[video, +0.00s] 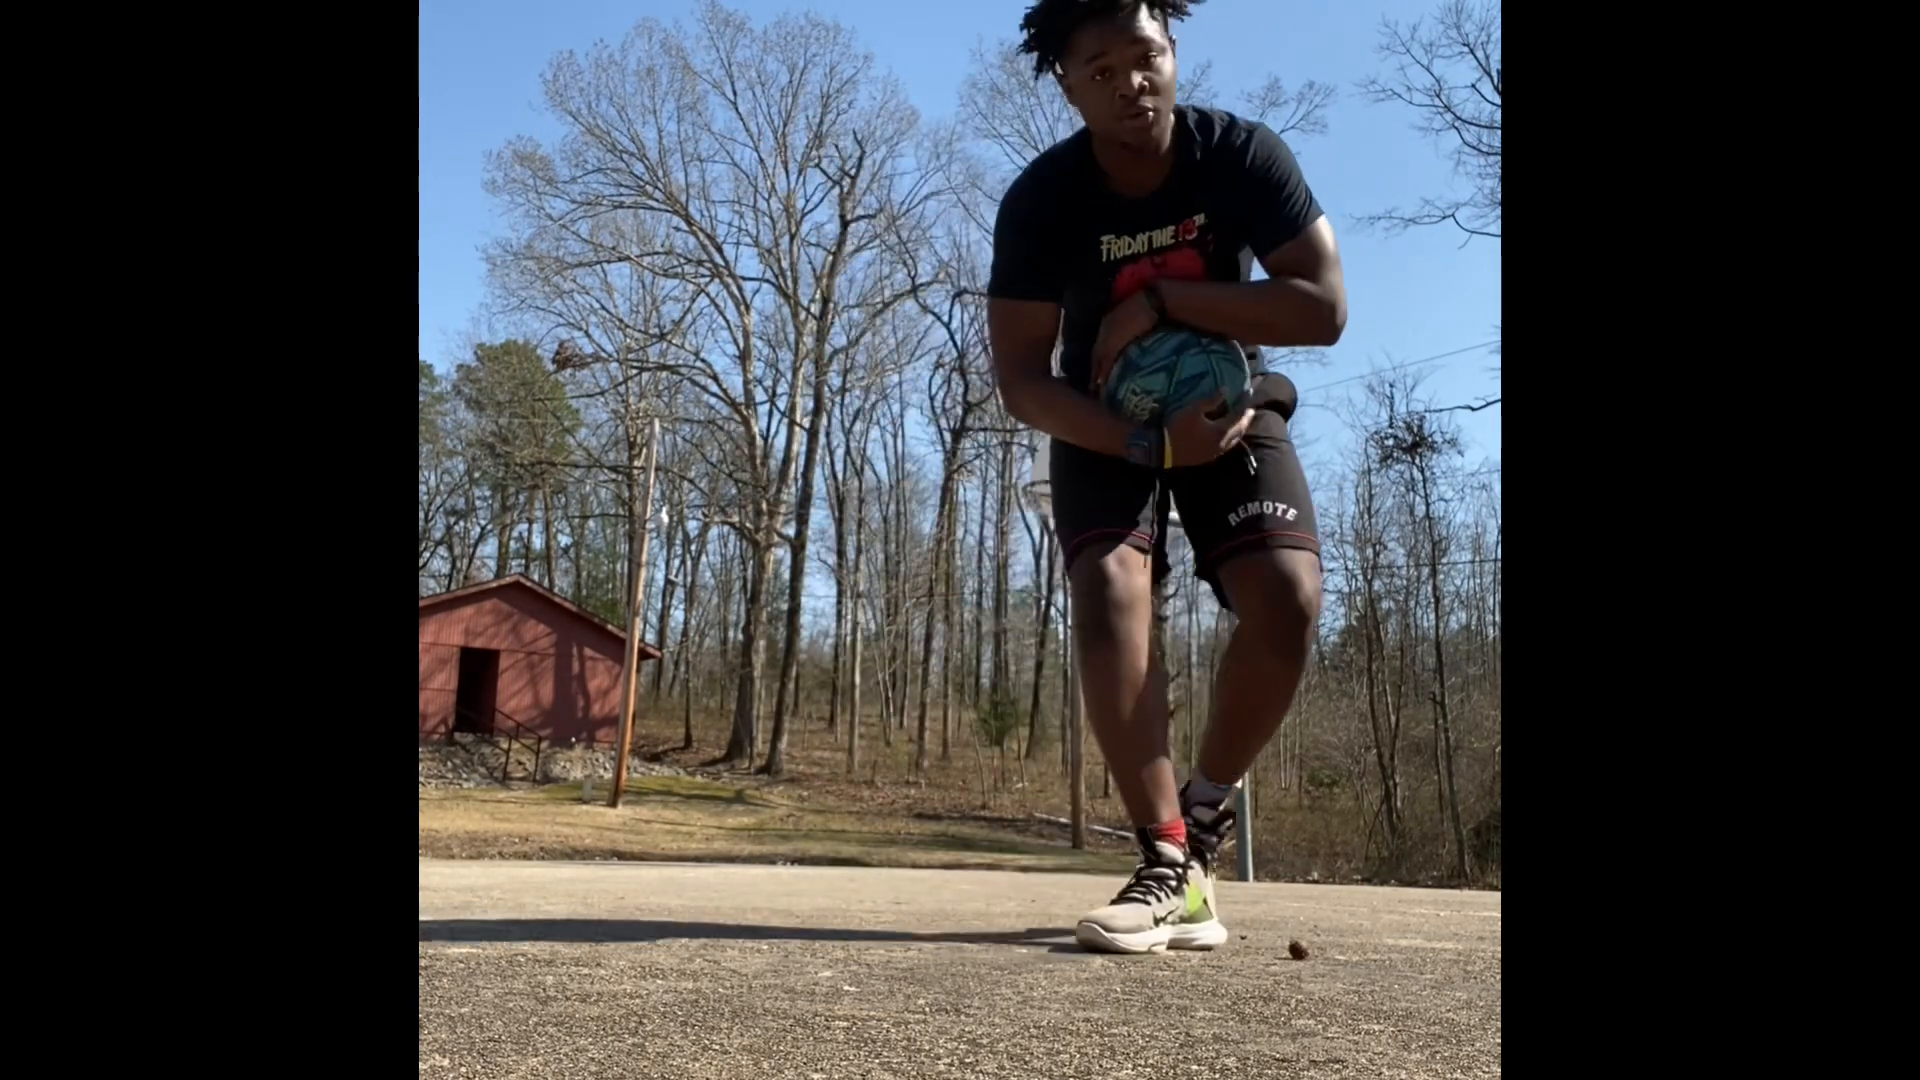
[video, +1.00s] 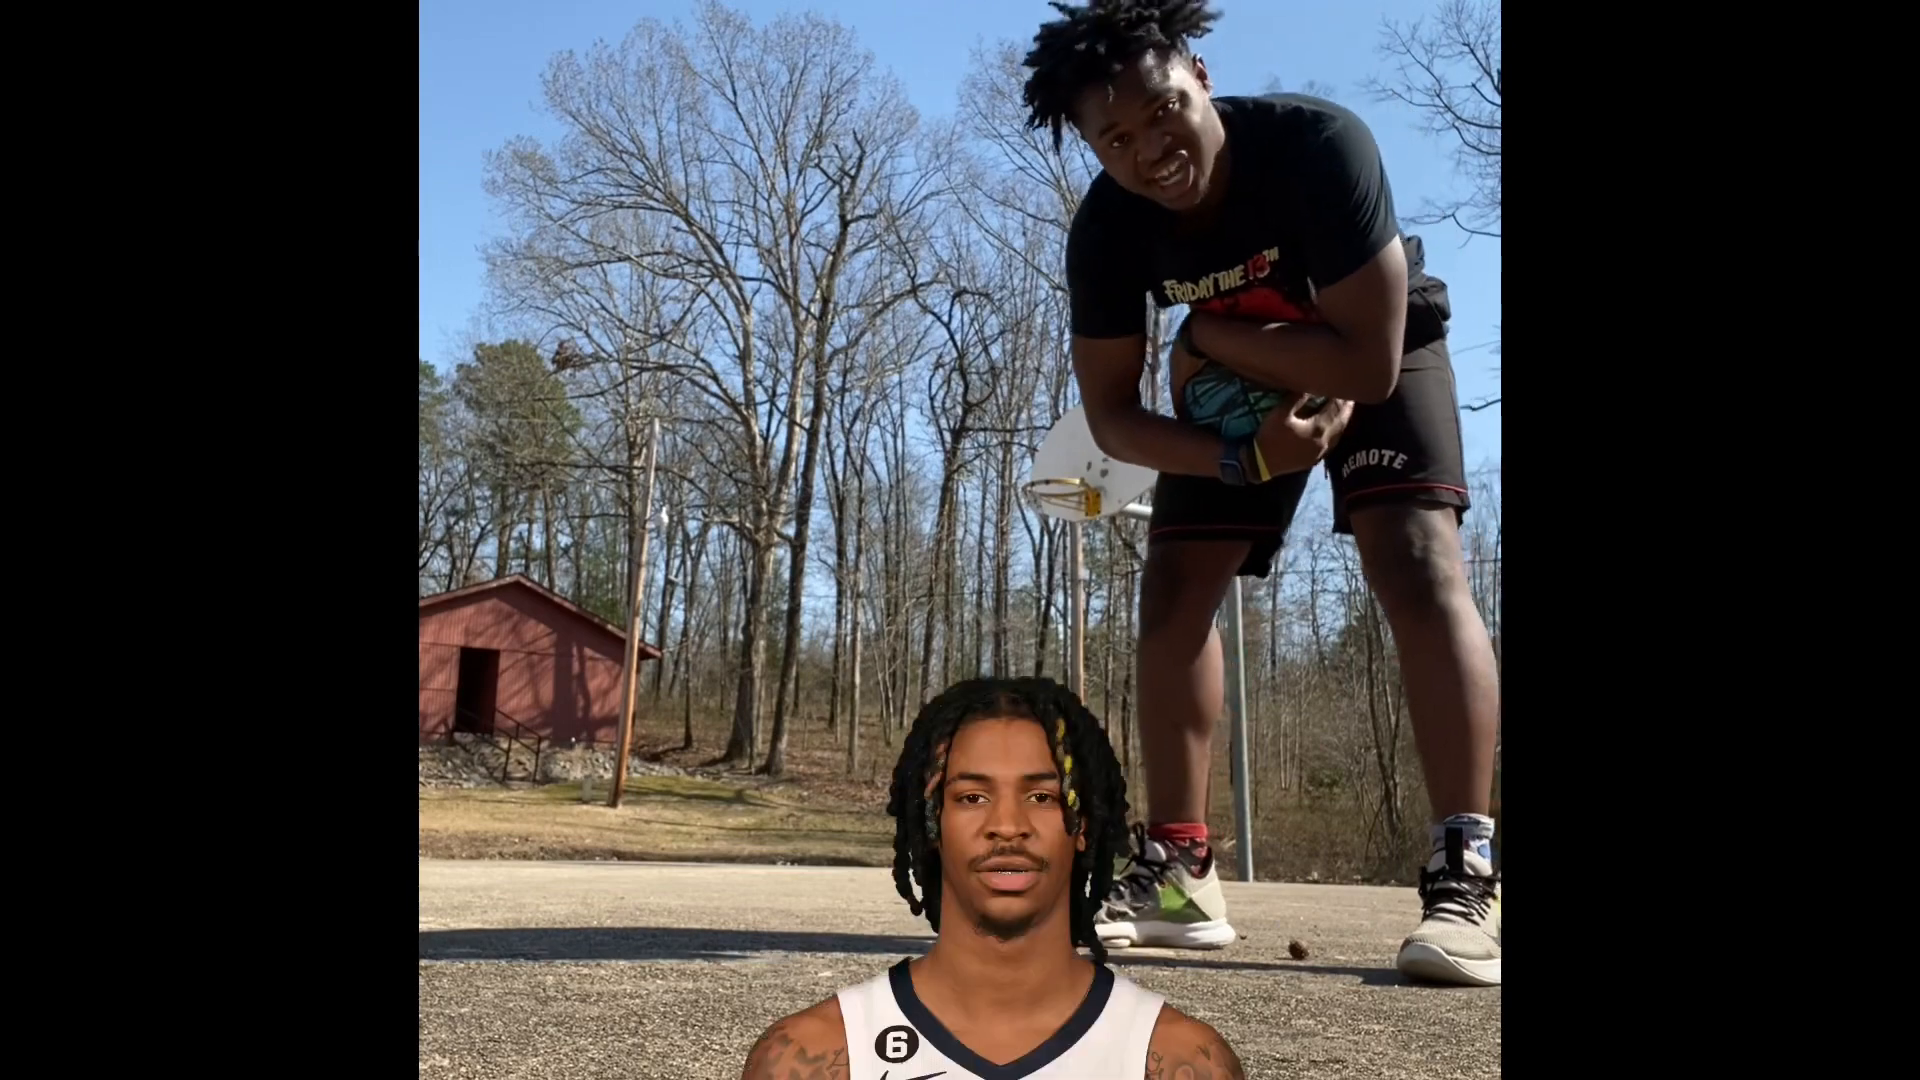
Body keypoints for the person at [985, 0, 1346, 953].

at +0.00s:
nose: (1130, 85)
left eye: (1144, 59)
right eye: (1102, 71)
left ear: (1173, 54)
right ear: (1067, 82)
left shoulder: (1245, 155)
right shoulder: (1039, 201)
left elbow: (1323, 312)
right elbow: (1020, 377)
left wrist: (1156, 298)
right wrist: (1150, 445)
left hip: (1232, 394)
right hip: (1097, 408)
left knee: (1288, 597)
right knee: (1108, 586)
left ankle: (1203, 809)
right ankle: (1167, 867)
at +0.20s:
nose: (1176, 102)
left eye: (1192, 73)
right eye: (1145, 87)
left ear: (1225, 53)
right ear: (1109, 90)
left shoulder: (1299, 151)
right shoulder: (1078, 194)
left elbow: (1343, 347)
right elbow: (1045, 379)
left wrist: (1172, 310)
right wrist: (1164, 460)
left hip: (1281, 372)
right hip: (1141, 389)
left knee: (1335, 559)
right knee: (1135, 599)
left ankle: (1405, 856)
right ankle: (1174, 876)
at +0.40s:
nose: (1233, 133)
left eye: (1255, 102)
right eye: (1203, 110)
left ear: (1295, 79)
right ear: (1166, 100)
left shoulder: (1361, 163)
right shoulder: (1139, 202)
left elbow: (1394, 375)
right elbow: (1097, 402)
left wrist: (1220, 330)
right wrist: (1217, 470)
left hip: (1362, 380)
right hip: (1221, 390)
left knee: (1406, 563)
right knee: (1176, 599)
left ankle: (1468, 882)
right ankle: (1180, 876)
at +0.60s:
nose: (1243, 140)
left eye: (1261, 106)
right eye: (1209, 119)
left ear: (1300, 70)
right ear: (1171, 111)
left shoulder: (1385, 139)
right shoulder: (1156, 201)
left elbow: (1422, 363)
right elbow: (1143, 405)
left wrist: (1246, 343)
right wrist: (1292, 447)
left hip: (1403, 351)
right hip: (1262, 368)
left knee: (1441, 569)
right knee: (1206, 600)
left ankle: (1474, 884)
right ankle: (1181, 873)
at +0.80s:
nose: (1208, 126)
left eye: (1219, 89)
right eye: (1172, 114)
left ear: (1256, 56)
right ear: (1142, 120)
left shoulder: (1363, 134)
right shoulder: (1139, 211)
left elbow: (1400, 362)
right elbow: (1133, 409)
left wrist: (1228, 333)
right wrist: (1272, 450)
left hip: (1400, 337)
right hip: (1258, 366)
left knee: (1442, 564)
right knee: (1202, 594)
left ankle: (1476, 880)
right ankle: (1179, 870)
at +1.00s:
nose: (1152, 146)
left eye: (1161, 109)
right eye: (1116, 135)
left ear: (1200, 78)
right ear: (1091, 147)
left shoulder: (1319, 148)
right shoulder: (1104, 231)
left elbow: (1370, 369)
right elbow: (1112, 420)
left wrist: (1200, 334)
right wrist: (1247, 460)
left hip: (1374, 346)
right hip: (1229, 371)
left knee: (1416, 570)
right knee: (1173, 596)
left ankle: (1467, 879)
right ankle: (1178, 873)